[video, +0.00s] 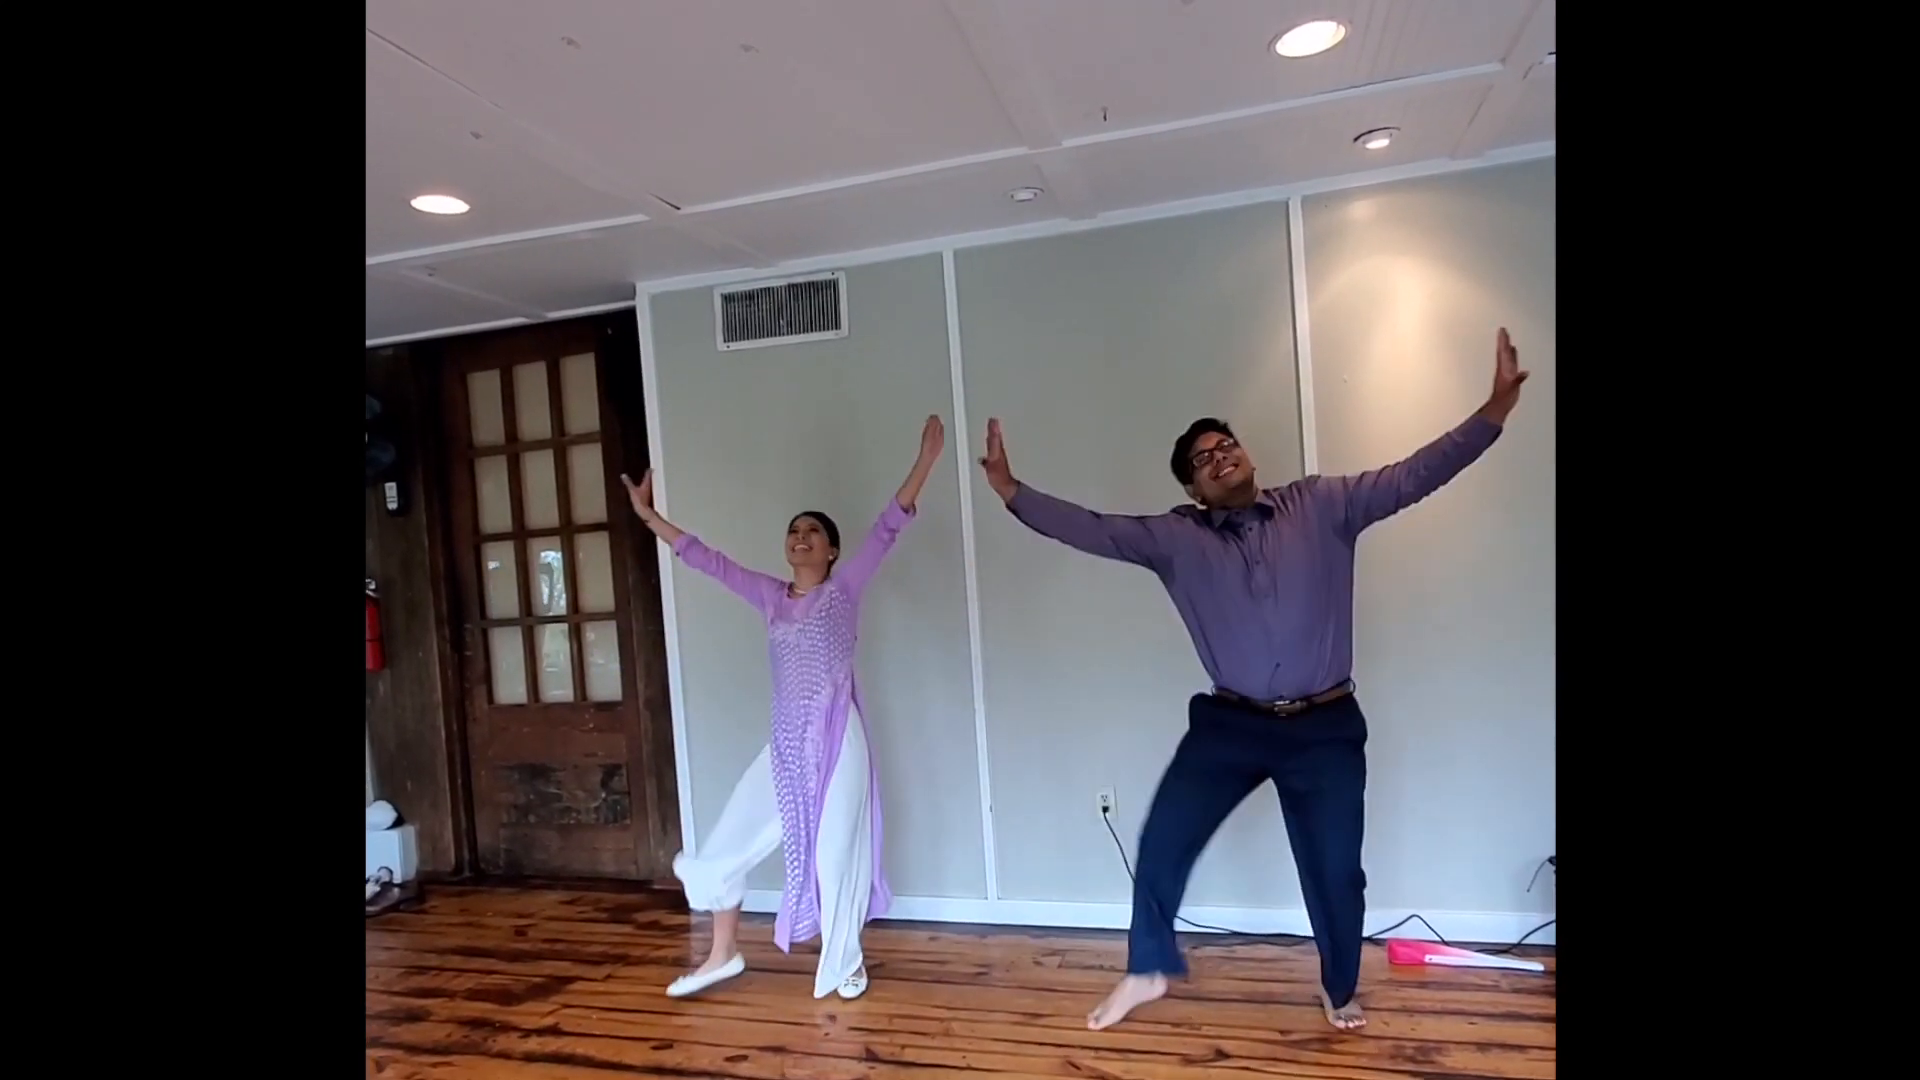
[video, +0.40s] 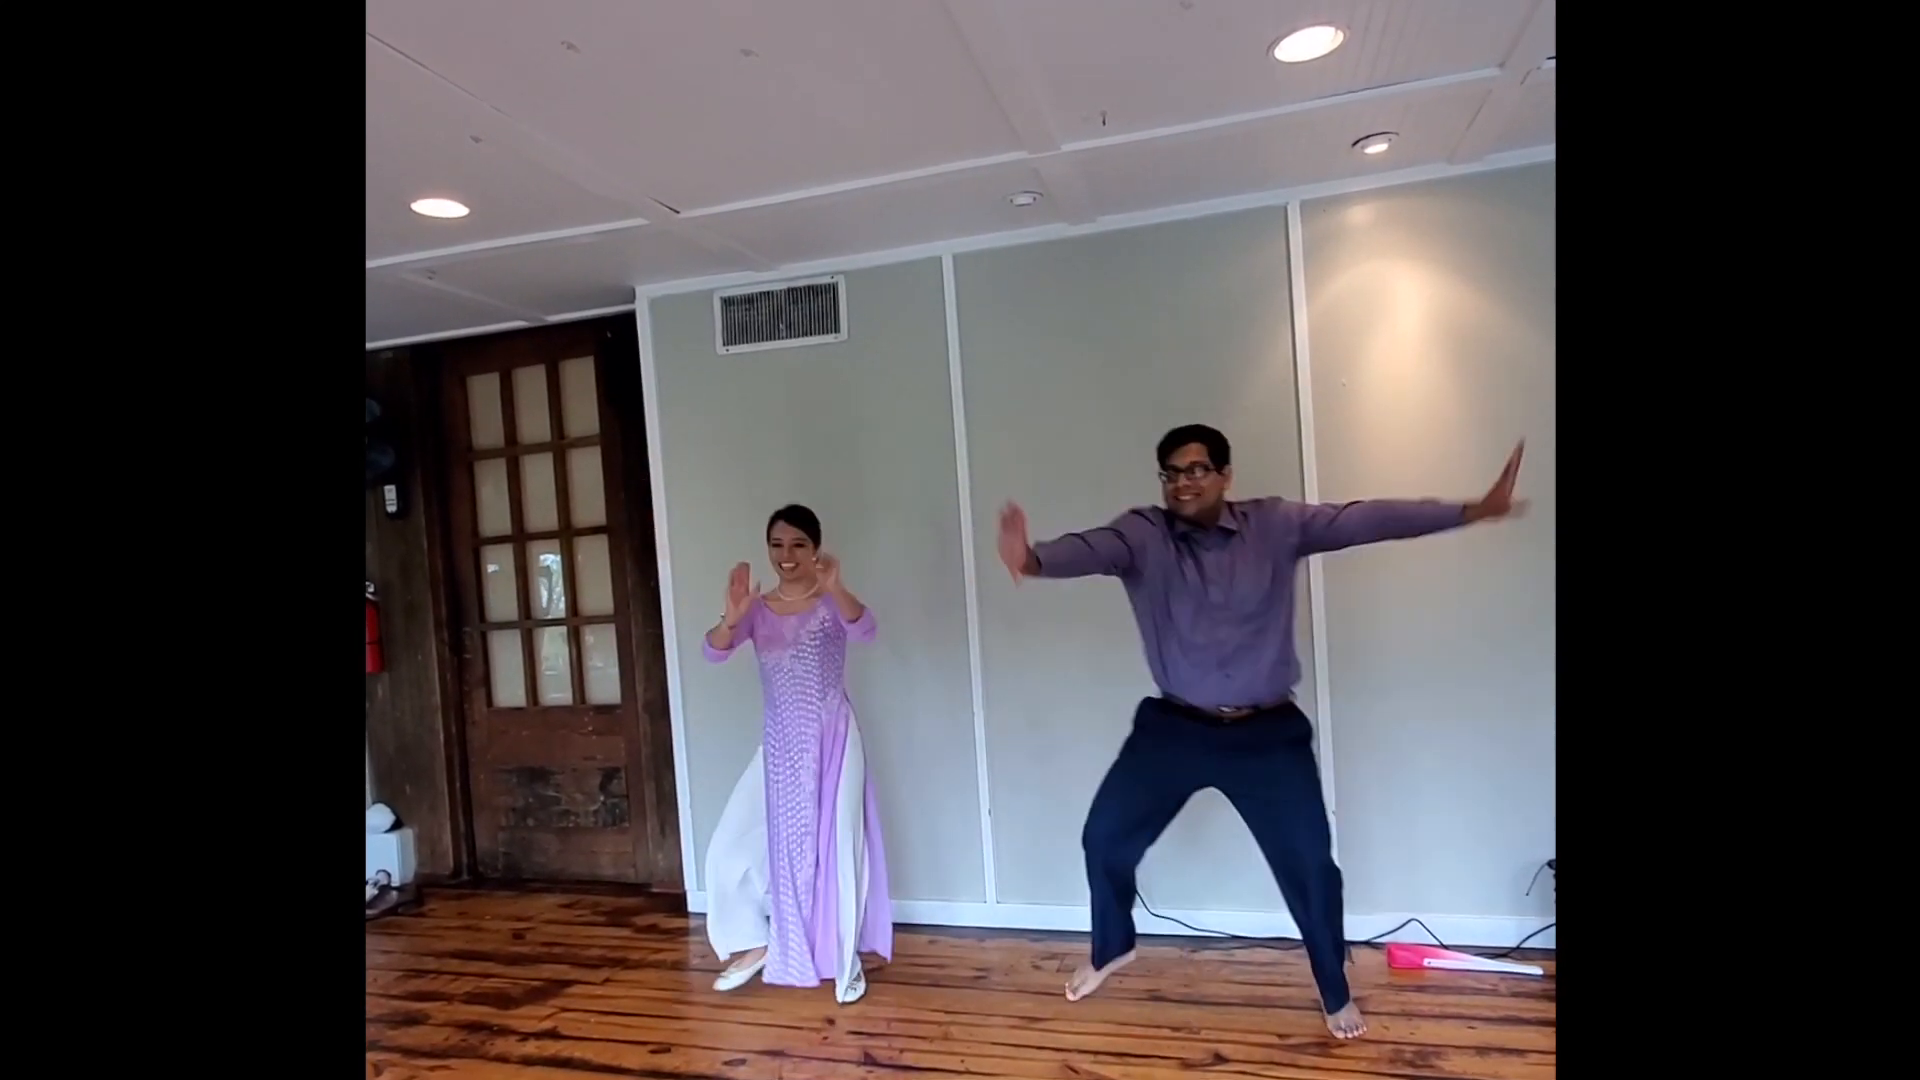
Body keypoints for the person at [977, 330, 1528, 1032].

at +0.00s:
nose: (1220, 458)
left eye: (1225, 448)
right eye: (1204, 459)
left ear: (1248, 457)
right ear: (1192, 488)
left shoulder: (1319, 503)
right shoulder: (1176, 538)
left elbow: (1411, 475)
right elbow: (1093, 527)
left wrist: (1494, 411)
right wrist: (1012, 492)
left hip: (1323, 722)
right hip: (1230, 722)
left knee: (1335, 871)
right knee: (1162, 841)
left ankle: (1341, 992)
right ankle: (1149, 968)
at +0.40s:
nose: (1183, 482)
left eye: (1197, 471)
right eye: (1173, 472)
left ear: (1226, 478)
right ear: (1162, 481)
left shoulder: (1275, 524)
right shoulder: (1141, 534)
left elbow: (1365, 520)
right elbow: (1089, 550)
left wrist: (1472, 510)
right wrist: (1034, 559)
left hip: (1268, 732)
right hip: (1175, 728)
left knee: (1310, 869)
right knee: (1105, 840)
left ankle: (1336, 998)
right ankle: (1112, 949)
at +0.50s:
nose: (1153, 470)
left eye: (1167, 460)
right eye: (1143, 459)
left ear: (1195, 467)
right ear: (1133, 465)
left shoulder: (1227, 513)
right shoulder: (1112, 518)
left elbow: (1309, 542)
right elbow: (1079, 565)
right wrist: (1073, 613)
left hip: (1230, 709)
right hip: (1142, 713)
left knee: (1292, 834)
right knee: (1101, 845)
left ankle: (1320, 968)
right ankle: (1098, 955)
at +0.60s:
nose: (1133, 485)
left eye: (1147, 474)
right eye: (1123, 474)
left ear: (1170, 482)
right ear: (1110, 482)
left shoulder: (1204, 545)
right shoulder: (1080, 557)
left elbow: (1283, 590)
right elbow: (1063, 636)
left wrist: (1304, 651)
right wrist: (1136, 658)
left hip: (1201, 712)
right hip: (1116, 727)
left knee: (1279, 786)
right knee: (1100, 853)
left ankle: (1234, 886)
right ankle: (1103, 970)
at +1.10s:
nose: (1094, 511)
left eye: (1107, 499)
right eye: (1081, 501)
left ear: (1127, 508)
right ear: (1064, 512)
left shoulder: (1164, 565)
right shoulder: (1047, 592)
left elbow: (1208, 642)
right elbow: (1088, 678)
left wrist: (1242, 725)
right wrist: (1169, 733)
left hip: (1161, 737)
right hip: (1081, 746)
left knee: (1220, 854)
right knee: (1087, 874)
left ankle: (1248, 992)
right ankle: (1100, 974)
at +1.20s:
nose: (1098, 511)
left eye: (1111, 500)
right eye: (1085, 502)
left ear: (1132, 509)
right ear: (1070, 515)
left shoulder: (1176, 570)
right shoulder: (1048, 594)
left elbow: (1234, 639)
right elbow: (1044, 685)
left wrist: (1278, 722)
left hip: (1177, 744)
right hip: (1090, 752)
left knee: (1241, 849)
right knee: (1089, 882)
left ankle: (1255, 981)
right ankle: (1103, 975)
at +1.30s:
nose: (1107, 496)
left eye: (1120, 484)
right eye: (1096, 488)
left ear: (1147, 492)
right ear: (1084, 499)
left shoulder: (1196, 549)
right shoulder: (1062, 565)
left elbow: (1274, 605)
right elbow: (1011, 635)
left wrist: (1310, 692)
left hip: (1197, 733)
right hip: (1107, 741)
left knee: (1254, 852)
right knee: (1101, 871)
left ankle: (1278, 969)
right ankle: (1103, 976)